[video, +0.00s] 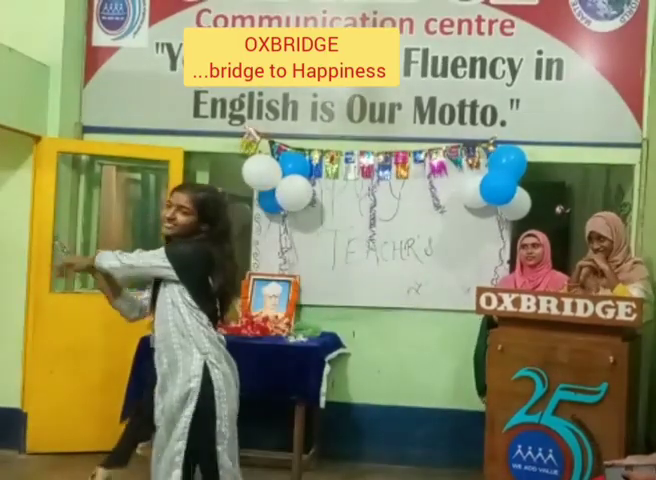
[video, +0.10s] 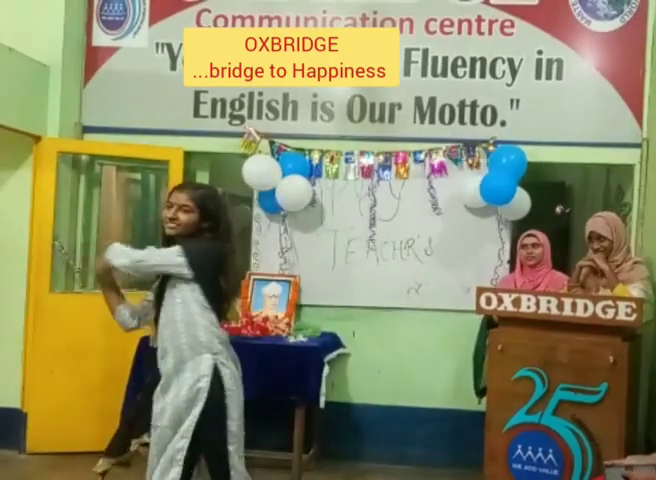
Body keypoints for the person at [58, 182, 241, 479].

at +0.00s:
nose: (170, 215)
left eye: (182, 211)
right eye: (168, 207)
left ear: (203, 224)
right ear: (165, 207)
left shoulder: (196, 254)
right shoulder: (178, 260)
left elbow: (134, 263)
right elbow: (136, 309)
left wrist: (89, 262)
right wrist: (100, 274)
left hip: (203, 372)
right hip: (180, 372)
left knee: (203, 462)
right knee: (175, 461)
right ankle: (106, 468)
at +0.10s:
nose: (172, 215)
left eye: (184, 209)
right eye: (169, 207)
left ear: (205, 221)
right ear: (164, 210)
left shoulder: (205, 252)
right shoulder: (174, 272)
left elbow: (131, 261)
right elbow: (131, 320)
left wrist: (113, 249)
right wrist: (106, 280)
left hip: (208, 372)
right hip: (177, 376)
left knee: (221, 467)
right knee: (171, 468)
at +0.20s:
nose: (181, 214)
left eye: (193, 208)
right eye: (177, 207)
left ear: (213, 218)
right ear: (170, 213)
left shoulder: (221, 258)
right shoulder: (179, 268)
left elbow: (162, 267)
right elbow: (145, 325)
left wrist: (140, 234)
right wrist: (122, 280)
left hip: (217, 372)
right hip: (181, 376)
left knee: (228, 465)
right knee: (168, 463)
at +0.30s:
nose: (195, 214)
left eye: (205, 206)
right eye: (190, 206)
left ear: (226, 215)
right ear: (182, 215)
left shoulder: (248, 262)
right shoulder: (184, 263)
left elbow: (218, 273)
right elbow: (175, 332)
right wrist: (174, 280)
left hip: (235, 364)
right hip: (194, 365)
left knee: (241, 448)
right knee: (169, 452)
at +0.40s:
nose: (211, 214)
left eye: (221, 206)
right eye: (205, 209)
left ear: (243, 214)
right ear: (200, 219)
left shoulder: (267, 266)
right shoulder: (194, 268)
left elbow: (284, 285)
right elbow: (193, 330)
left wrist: (257, 287)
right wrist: (228, 313)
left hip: (256, 369)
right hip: (214, 369)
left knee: (250, 455)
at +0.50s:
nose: (228, 215)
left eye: (237, 207)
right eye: (221, 211)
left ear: (259, 213)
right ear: (217, 221)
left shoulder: (283, 270)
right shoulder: (208, 266)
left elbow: (330, 306)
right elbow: (214, 331)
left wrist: (357, 256)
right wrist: (284, 321)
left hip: (268, 384)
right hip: (224, 383)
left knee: (263, 466)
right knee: (207, 463)